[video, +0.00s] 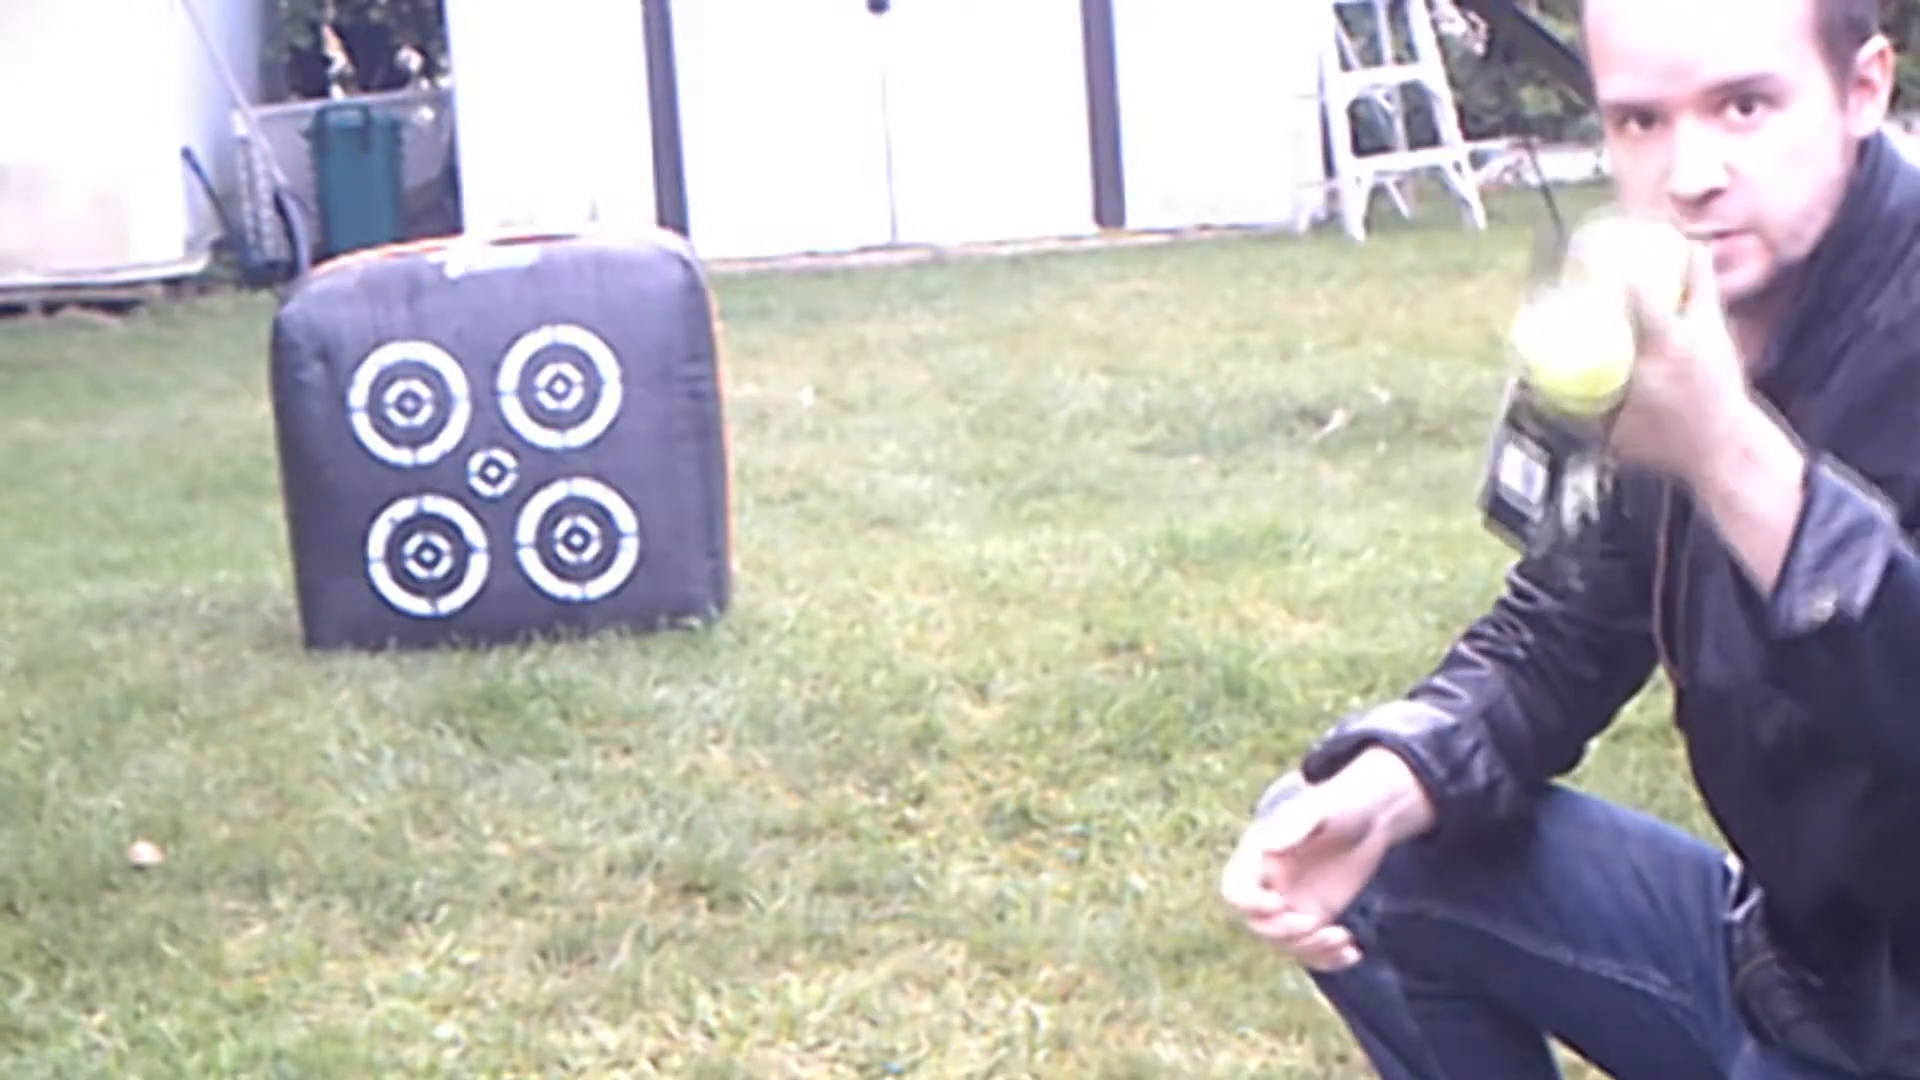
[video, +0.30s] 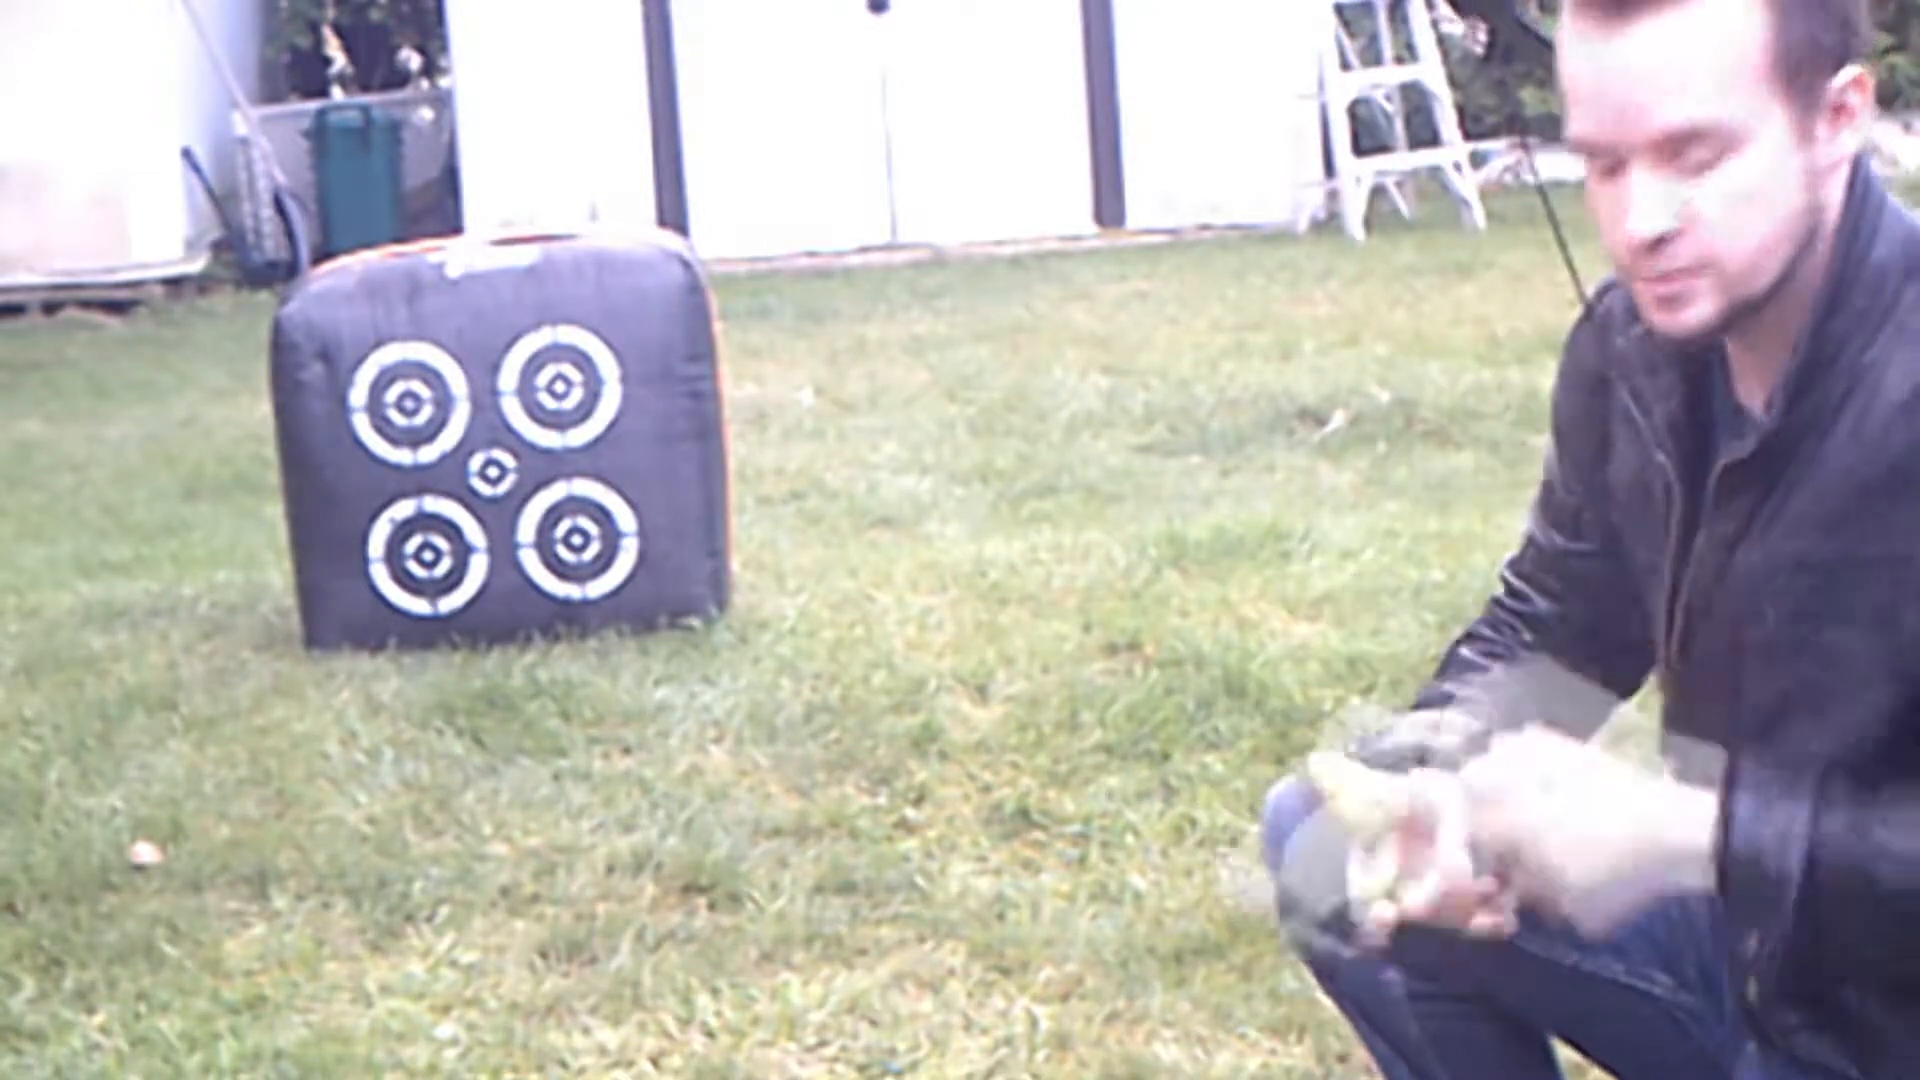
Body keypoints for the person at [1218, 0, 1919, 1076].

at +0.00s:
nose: (1688, 178)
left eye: (1745, 106)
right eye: (1640, 121)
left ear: (1865, 89)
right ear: (1601, 129)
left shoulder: (1905, 333)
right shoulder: (1698, 318)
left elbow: (1902, 711)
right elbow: (1562, 629)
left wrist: (1725, 451)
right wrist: (1398, 778)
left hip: (1881, 1045)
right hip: (1769, 942)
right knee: (1376, 869)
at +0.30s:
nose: (1639, 223)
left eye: (1696, 156)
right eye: (1602, 165)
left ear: (1840, 120)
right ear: (1573, 143)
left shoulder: (1899, 383)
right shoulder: (1629, 342)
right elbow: (1559, 625)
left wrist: (1695, 836)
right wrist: (1438, 768)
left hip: (1876, 1030)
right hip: (1740, 943)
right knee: (1333, 842)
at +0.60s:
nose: (1607, 284)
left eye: (1658, 228)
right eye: (1578, 224)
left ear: (1817, 178)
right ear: (1552, 187)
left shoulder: (1900, 424)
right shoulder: (1622, 349)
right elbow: (1549, 620)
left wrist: (1731, 963)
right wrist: (1456, 812)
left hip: (1875, 1011)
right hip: (1716, 909)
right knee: (1338, 814)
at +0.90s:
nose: (1606, 291)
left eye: (1656, 236)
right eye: (1572, 232)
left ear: (1813, 182)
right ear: (1548, 192)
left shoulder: (1899, 422)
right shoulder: (1621, 350)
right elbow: (1554, 617)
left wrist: (1745, 998)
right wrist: (1462, 804)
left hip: (1884, 989)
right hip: (1725, 912)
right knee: (1335, 816)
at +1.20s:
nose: (1605, 293)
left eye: (1653, 236)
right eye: (1569, 234)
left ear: (1809, 177)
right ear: (1543, 194)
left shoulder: (1899, 418)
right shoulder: (1621, 347)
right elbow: (1553, 613)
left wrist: (1652, 950)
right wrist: (1460, 826)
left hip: (1878, 1012)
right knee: (1333, 820)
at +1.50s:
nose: (1593, 302)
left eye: (1640, 243)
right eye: (1555, 246)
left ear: (1792, 180)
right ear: (1530, 203)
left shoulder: (1898, 420)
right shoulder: (1609, 353)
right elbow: (1547, 620)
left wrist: (1678, 1017)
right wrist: (1457, 824)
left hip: (1878, 983)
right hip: (1705, 910)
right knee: (1331, 822)